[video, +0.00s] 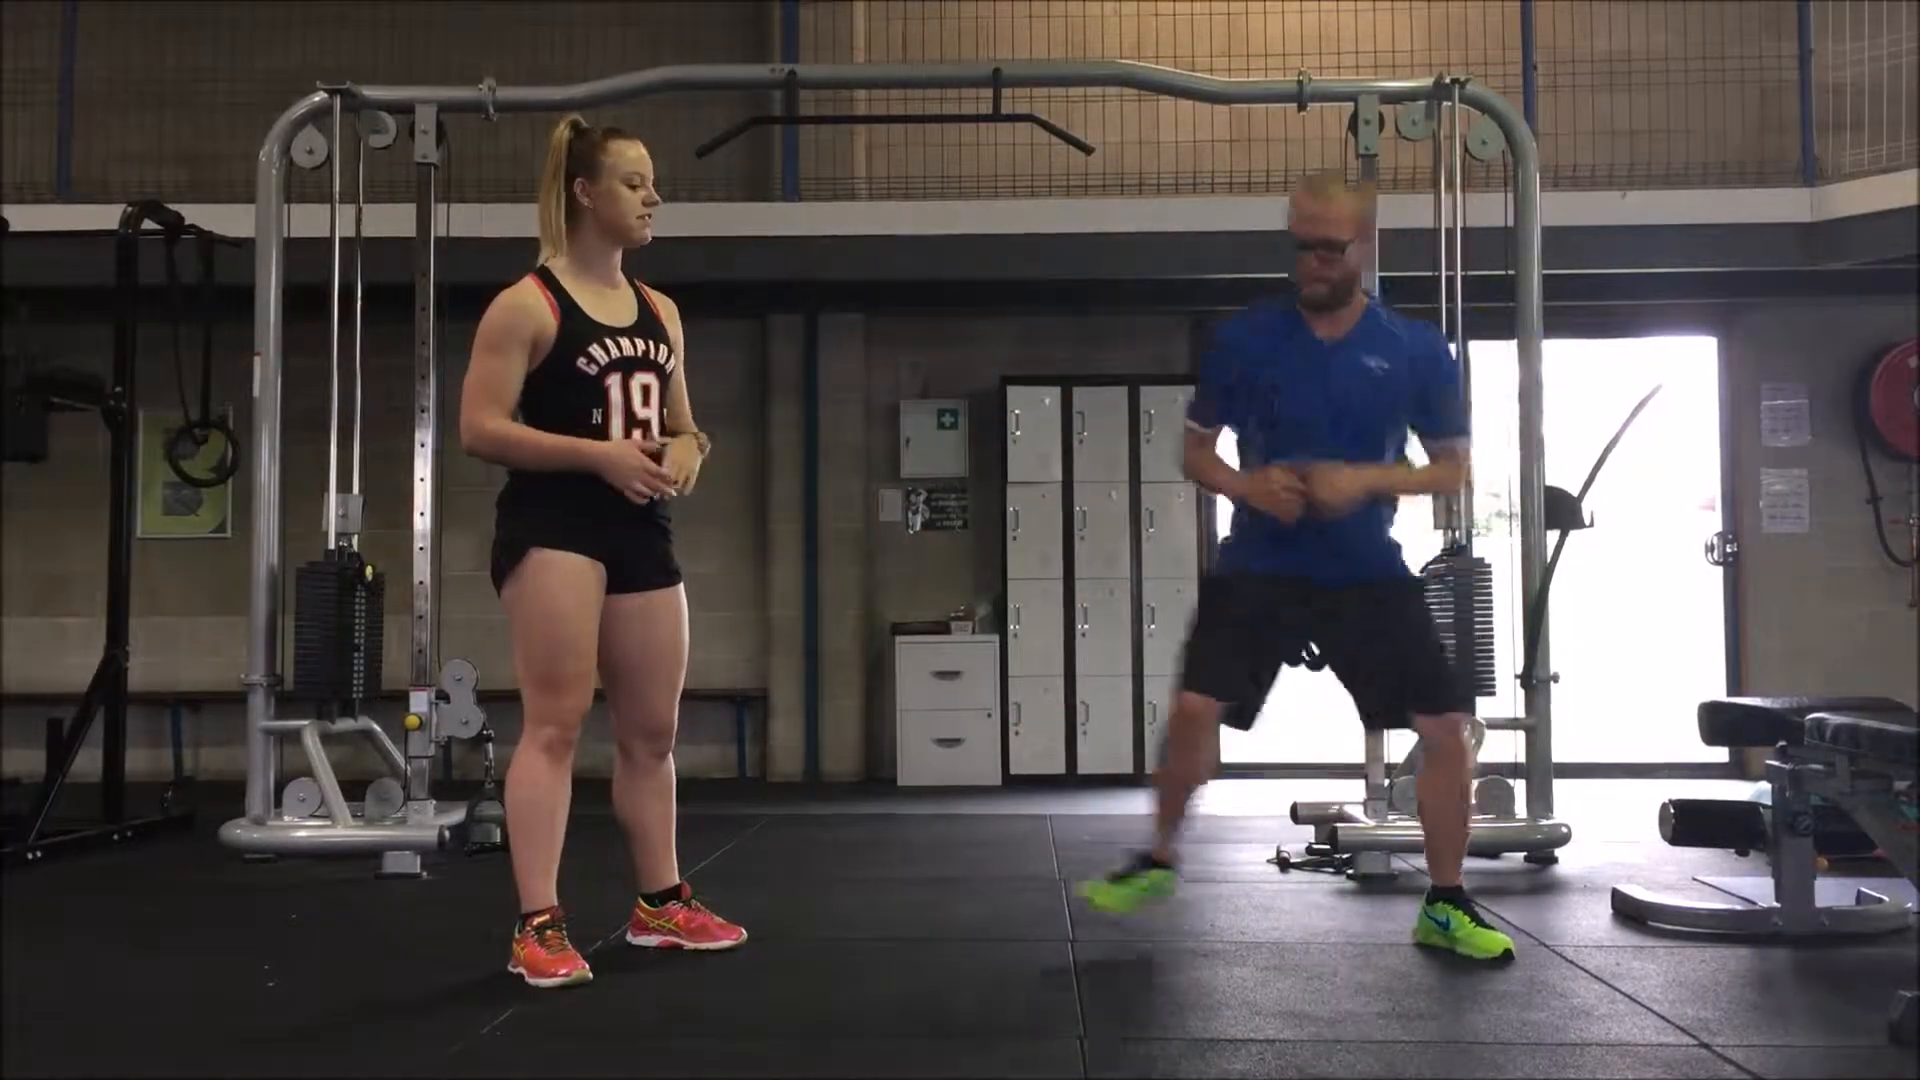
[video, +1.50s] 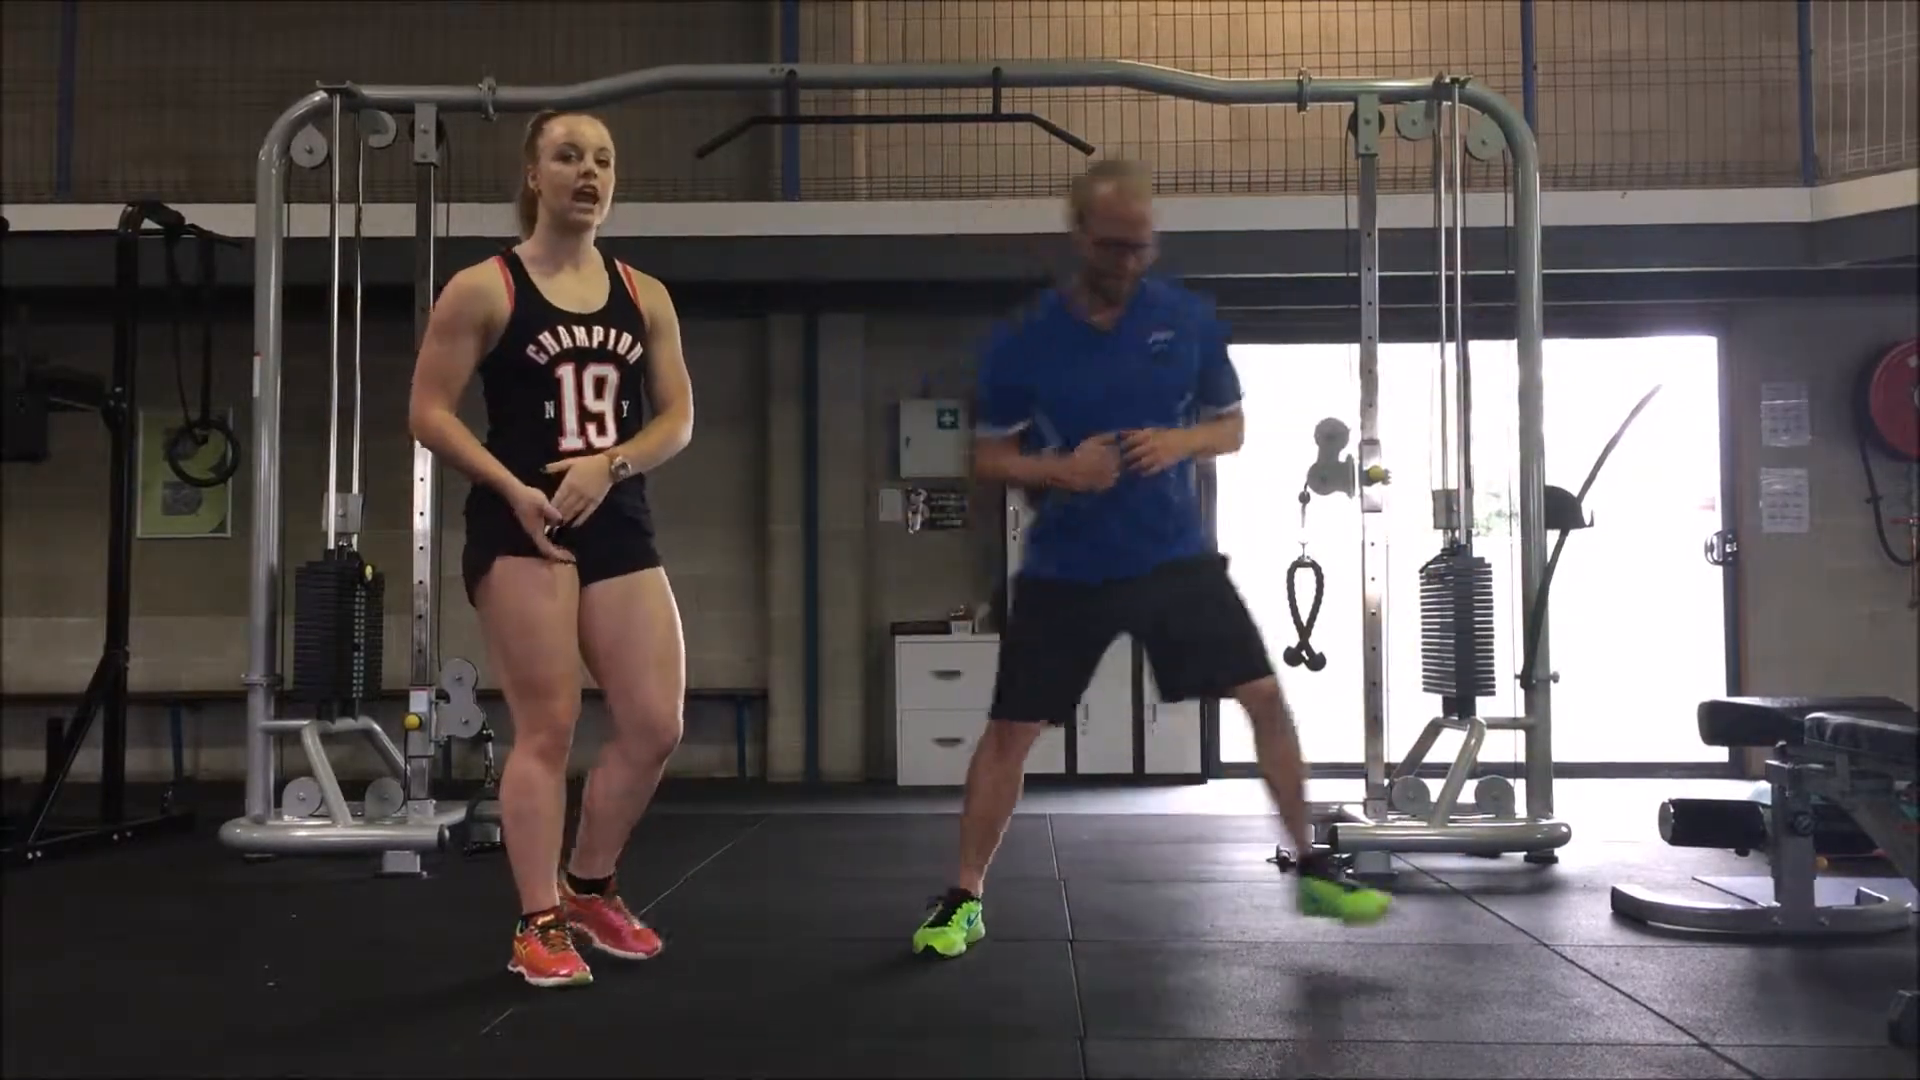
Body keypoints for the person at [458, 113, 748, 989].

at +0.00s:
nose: (652, 198)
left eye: (653, 185)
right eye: (636, 184)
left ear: (624, 200)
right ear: (584, 192)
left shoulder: (658, 311)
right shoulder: (524, 307)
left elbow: (682, 426)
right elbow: (480, 428)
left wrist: (687, 452)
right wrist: (597, 454)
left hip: (642, 534)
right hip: (555, 533)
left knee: (650, 735)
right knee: (553, 727)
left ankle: (662, 903)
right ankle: (538, 926)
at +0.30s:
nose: (613, 189)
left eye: (625, 178)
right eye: (594, 175)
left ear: (639, 199)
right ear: (557, 193)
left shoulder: (660, 311)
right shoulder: (517, 304)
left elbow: (687, 422)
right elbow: (471, 423)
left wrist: (688, 421)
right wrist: (585, 428)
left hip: (637, 533)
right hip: (547, 527)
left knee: (653, 732)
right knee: (549, 722)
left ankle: (662, 902)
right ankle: (538, 924)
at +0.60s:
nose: (596, 187)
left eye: (610, 175)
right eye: (579, 173)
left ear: (625, 193)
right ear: (546, 189)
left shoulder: (654, 308)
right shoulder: (499, 301)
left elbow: (683, 426)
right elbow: (454, 419)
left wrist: (652, 439)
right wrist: (565, 436)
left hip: (627, 531)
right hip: (532, 526)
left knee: (664, 727)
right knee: (542, 722)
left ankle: (666, 900)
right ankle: (536, 925)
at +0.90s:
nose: (581, 182)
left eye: (594, 170)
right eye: (562, 167)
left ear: (609, 189)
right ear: (527, 183)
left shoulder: (639, 303)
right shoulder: (476, 300)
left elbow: (670, 426)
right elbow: (427, 419)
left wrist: (612, 476)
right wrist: (514, 480)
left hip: (613, 528)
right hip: (513, 531)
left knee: (678, 719)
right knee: (537, 724)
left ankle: (668, 887)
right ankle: (538, 925)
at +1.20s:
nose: (572, 175)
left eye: (587, 164)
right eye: (555, 160)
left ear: (603, 187)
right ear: (520, 177)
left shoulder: (634, 299)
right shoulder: (470, 299)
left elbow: (669, 421)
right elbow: (421, 420)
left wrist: (604, 471)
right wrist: (498, 487)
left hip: (616, 525)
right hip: (516, 528)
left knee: (657, 721)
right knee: (541, 728)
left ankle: (594, 874)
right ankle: (538, 923)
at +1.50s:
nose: (588, 172)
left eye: (601, 161)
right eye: (569, 157)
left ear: (615, 185)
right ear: (531, 177)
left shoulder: (644, 296)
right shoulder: (483, 289)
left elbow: (677, 418)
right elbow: (428, 413)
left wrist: (610, 464)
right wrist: (512, 487)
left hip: (619, 526)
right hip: (521, 527)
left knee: (653, 722)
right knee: (544, 726)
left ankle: (587, 890)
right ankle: (539, 925)